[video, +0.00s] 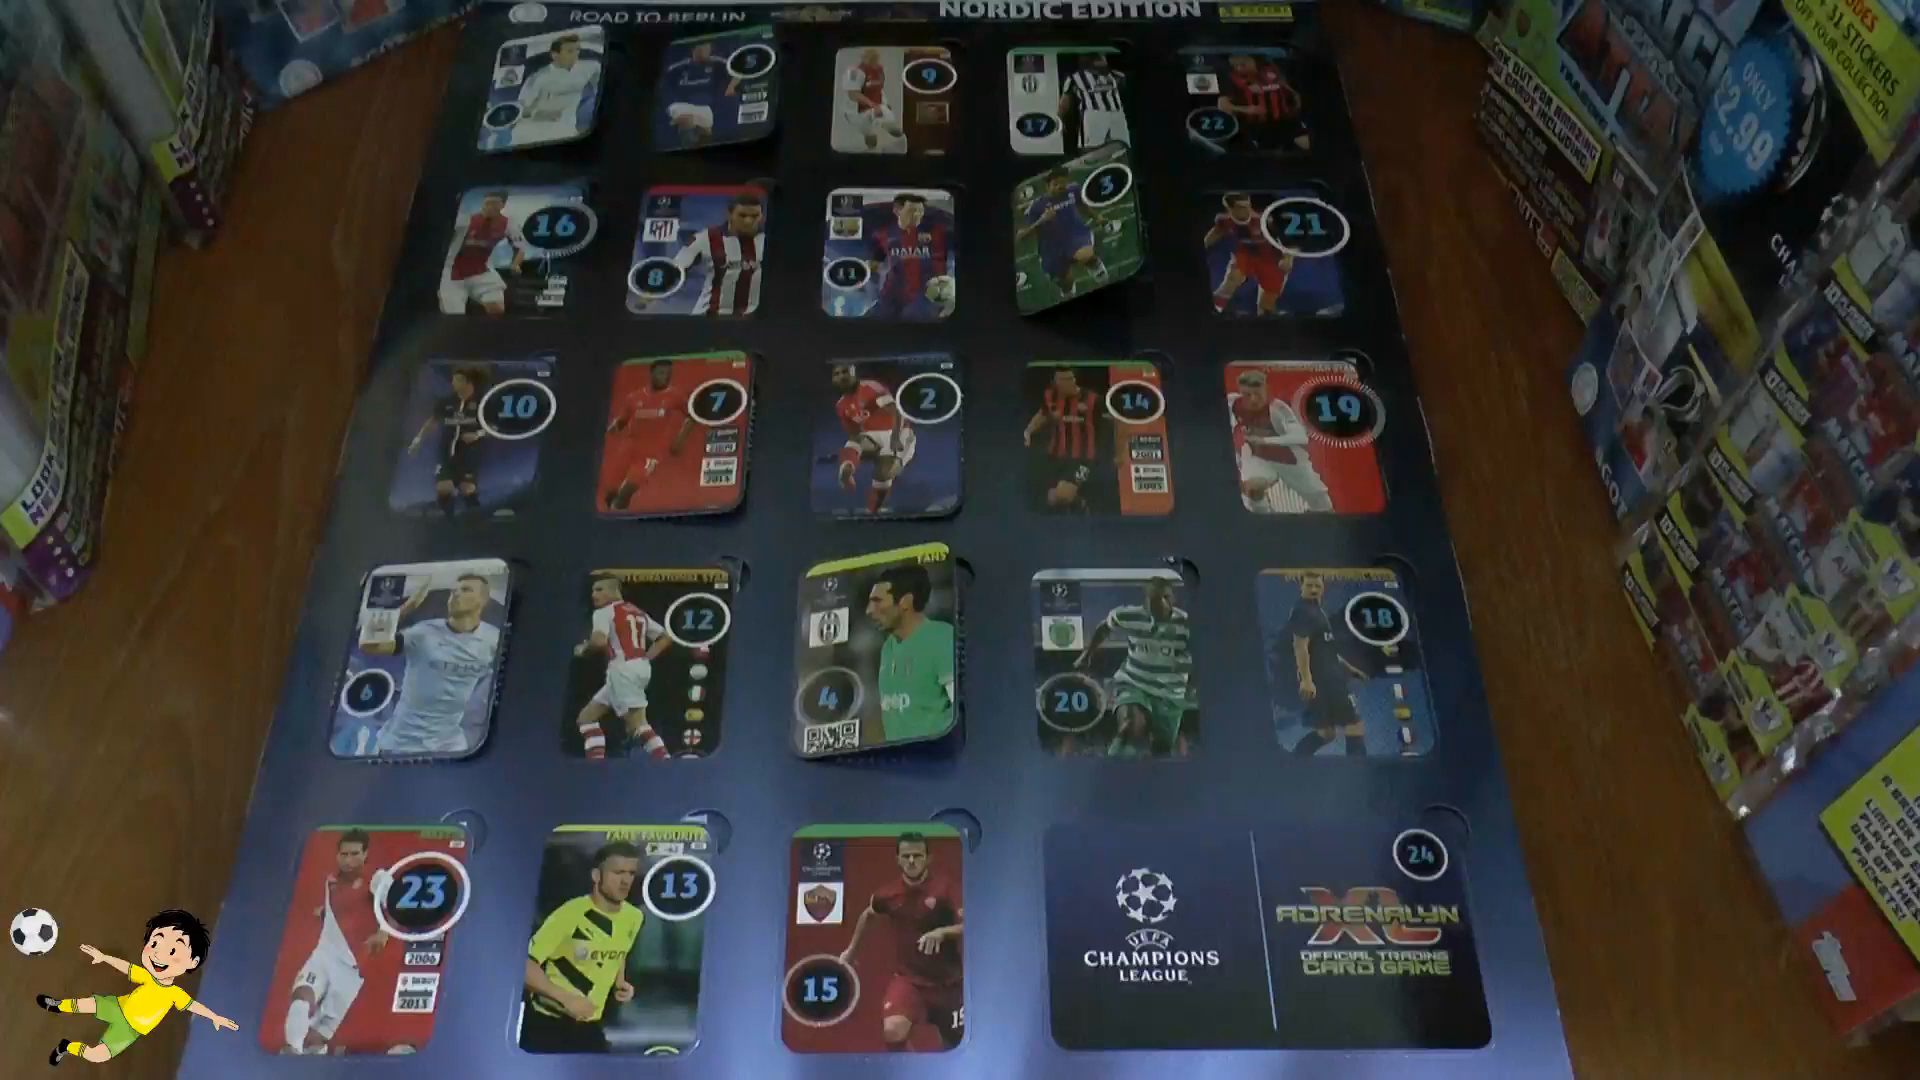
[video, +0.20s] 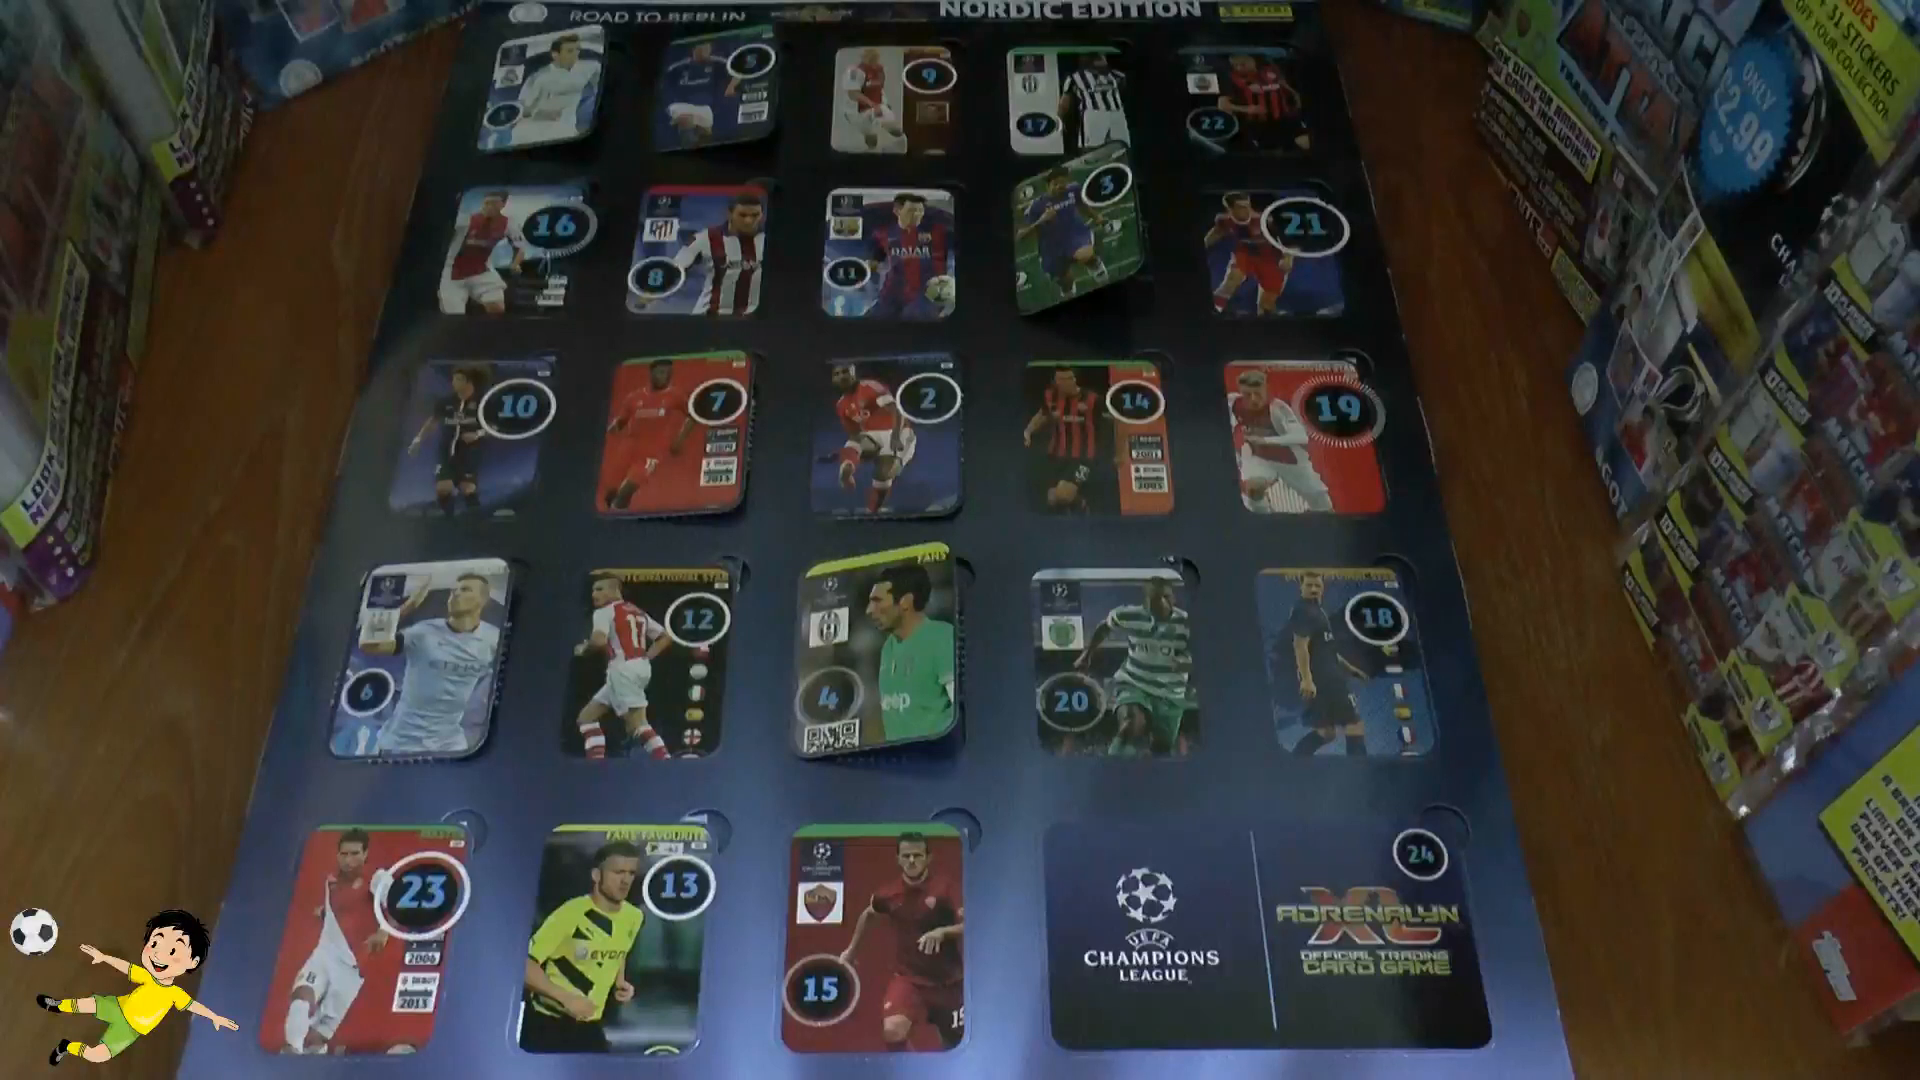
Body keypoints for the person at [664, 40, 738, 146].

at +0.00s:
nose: (702, 52)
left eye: (705, 48)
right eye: (699, 48)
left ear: (710, 50)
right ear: (693, 50)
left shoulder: (719, 65)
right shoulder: (677, 69)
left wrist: (731, 86)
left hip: (706, 105)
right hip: (682, 104)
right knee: (685, 120)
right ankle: (688, 153)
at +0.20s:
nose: (703, 53)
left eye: (706, 49)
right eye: (700, 49)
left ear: (710, 50)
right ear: (693, 50)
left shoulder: (718, 64)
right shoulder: (679, 67)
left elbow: (739, 71)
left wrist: (731, 86)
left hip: (705, 105)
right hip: (682, 103)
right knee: (685, 120)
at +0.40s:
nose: (704, 53)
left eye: (707, 49)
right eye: (701, 49)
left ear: (711, 51)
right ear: (694, 50)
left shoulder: (717, 63)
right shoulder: (679, 67)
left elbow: (739, 70)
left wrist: (731, 86)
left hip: (705, 104)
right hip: (682, 103)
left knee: (705, 132)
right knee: (685, 120)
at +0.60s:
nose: (704, 53)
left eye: (707, 49)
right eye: (701, 50)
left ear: (711, 50)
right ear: (695, 50)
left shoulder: (715, 63)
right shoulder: (680, 67)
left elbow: (739, 70)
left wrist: (732, 86)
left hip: (705, 105)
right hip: (683, 103)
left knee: (706, 134)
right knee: (686, 121)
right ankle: (688, 151)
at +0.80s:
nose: (704, 54)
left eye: (707, 50)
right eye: (701, 50)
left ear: (711, 51)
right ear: (695, 51)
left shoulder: (715, 63)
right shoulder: (682, 66)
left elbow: (739, 70)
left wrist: (732, 86)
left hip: (705, 105)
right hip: (683, 103)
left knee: (706, 135)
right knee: (686, 121)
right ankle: (688, 151)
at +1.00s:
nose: (703, 53)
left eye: (707, 49)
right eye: (700, 49)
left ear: (711, 50)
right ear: (694, 50)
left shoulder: (715, 62)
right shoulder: (682, 66)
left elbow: (739, 70)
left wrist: (731, 85)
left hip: (704, 105)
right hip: (682, 103)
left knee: (706, 134)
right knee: (685, 121)